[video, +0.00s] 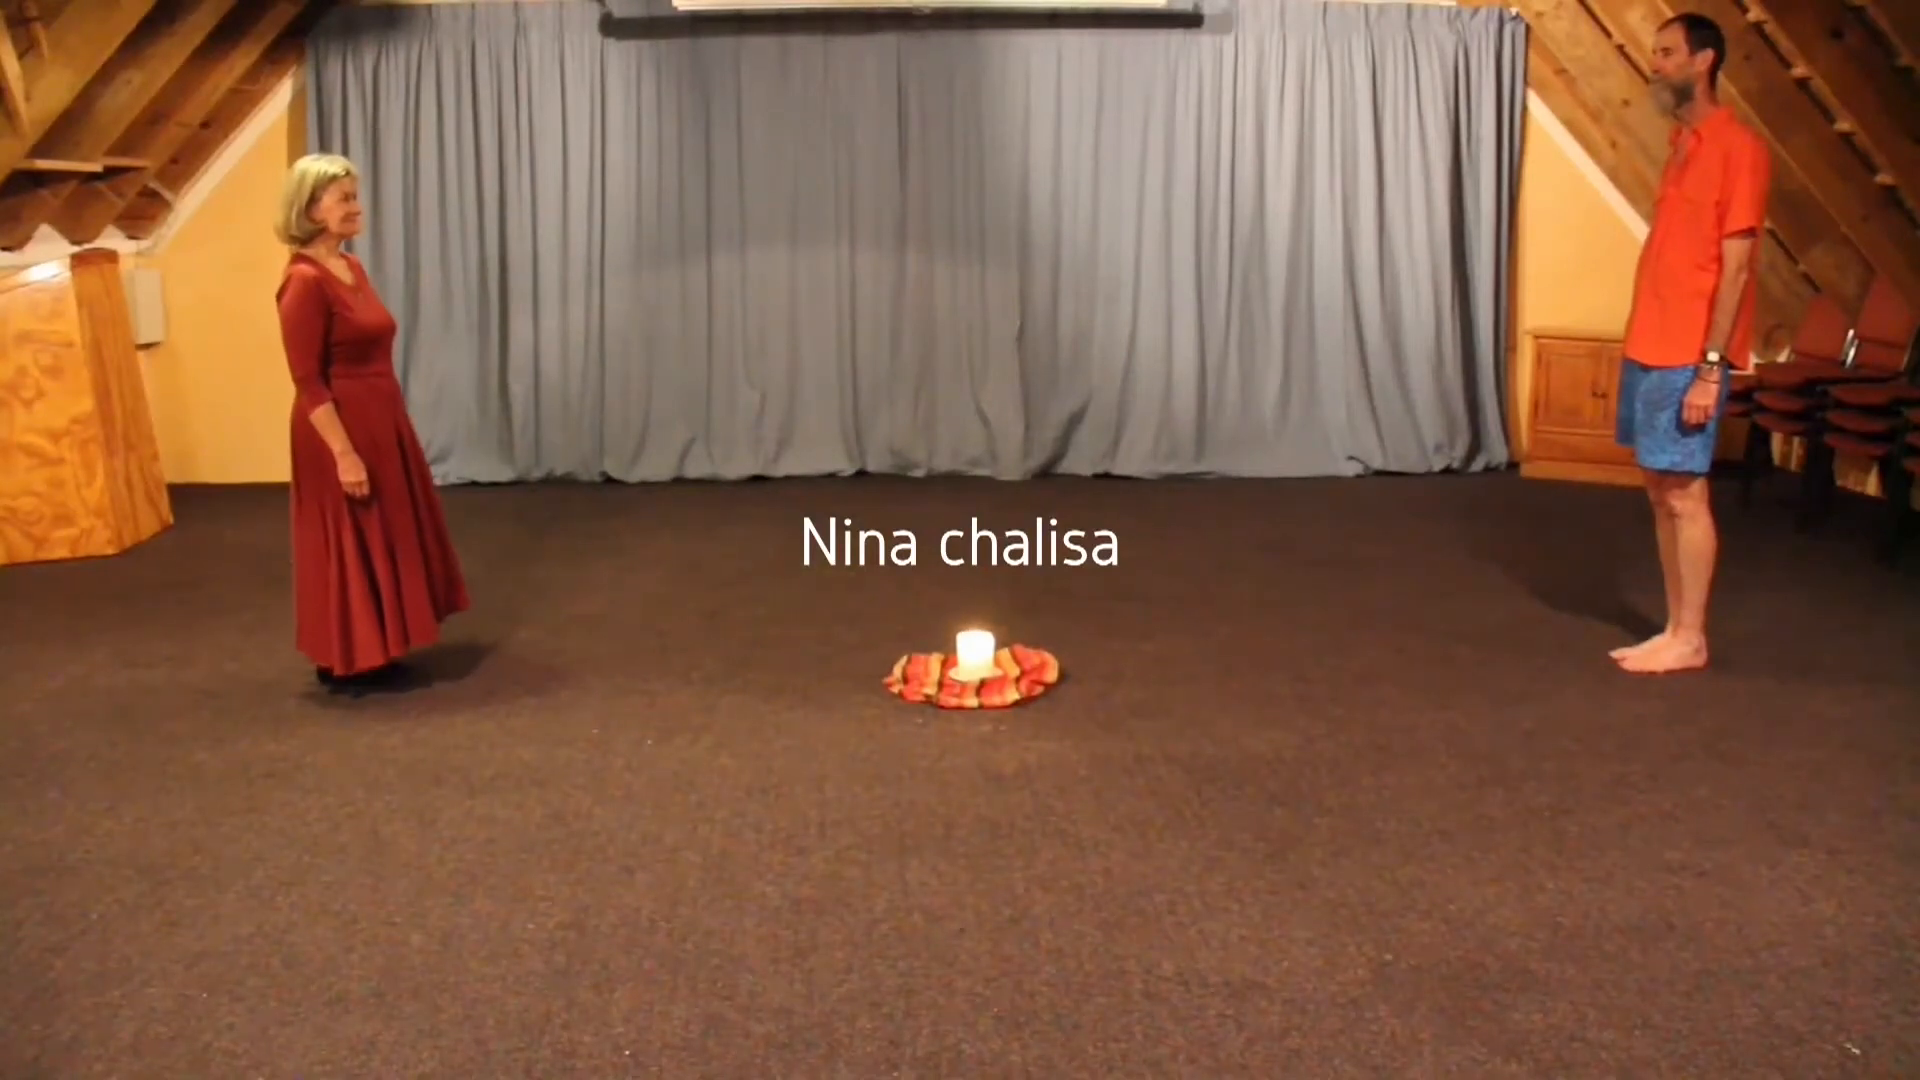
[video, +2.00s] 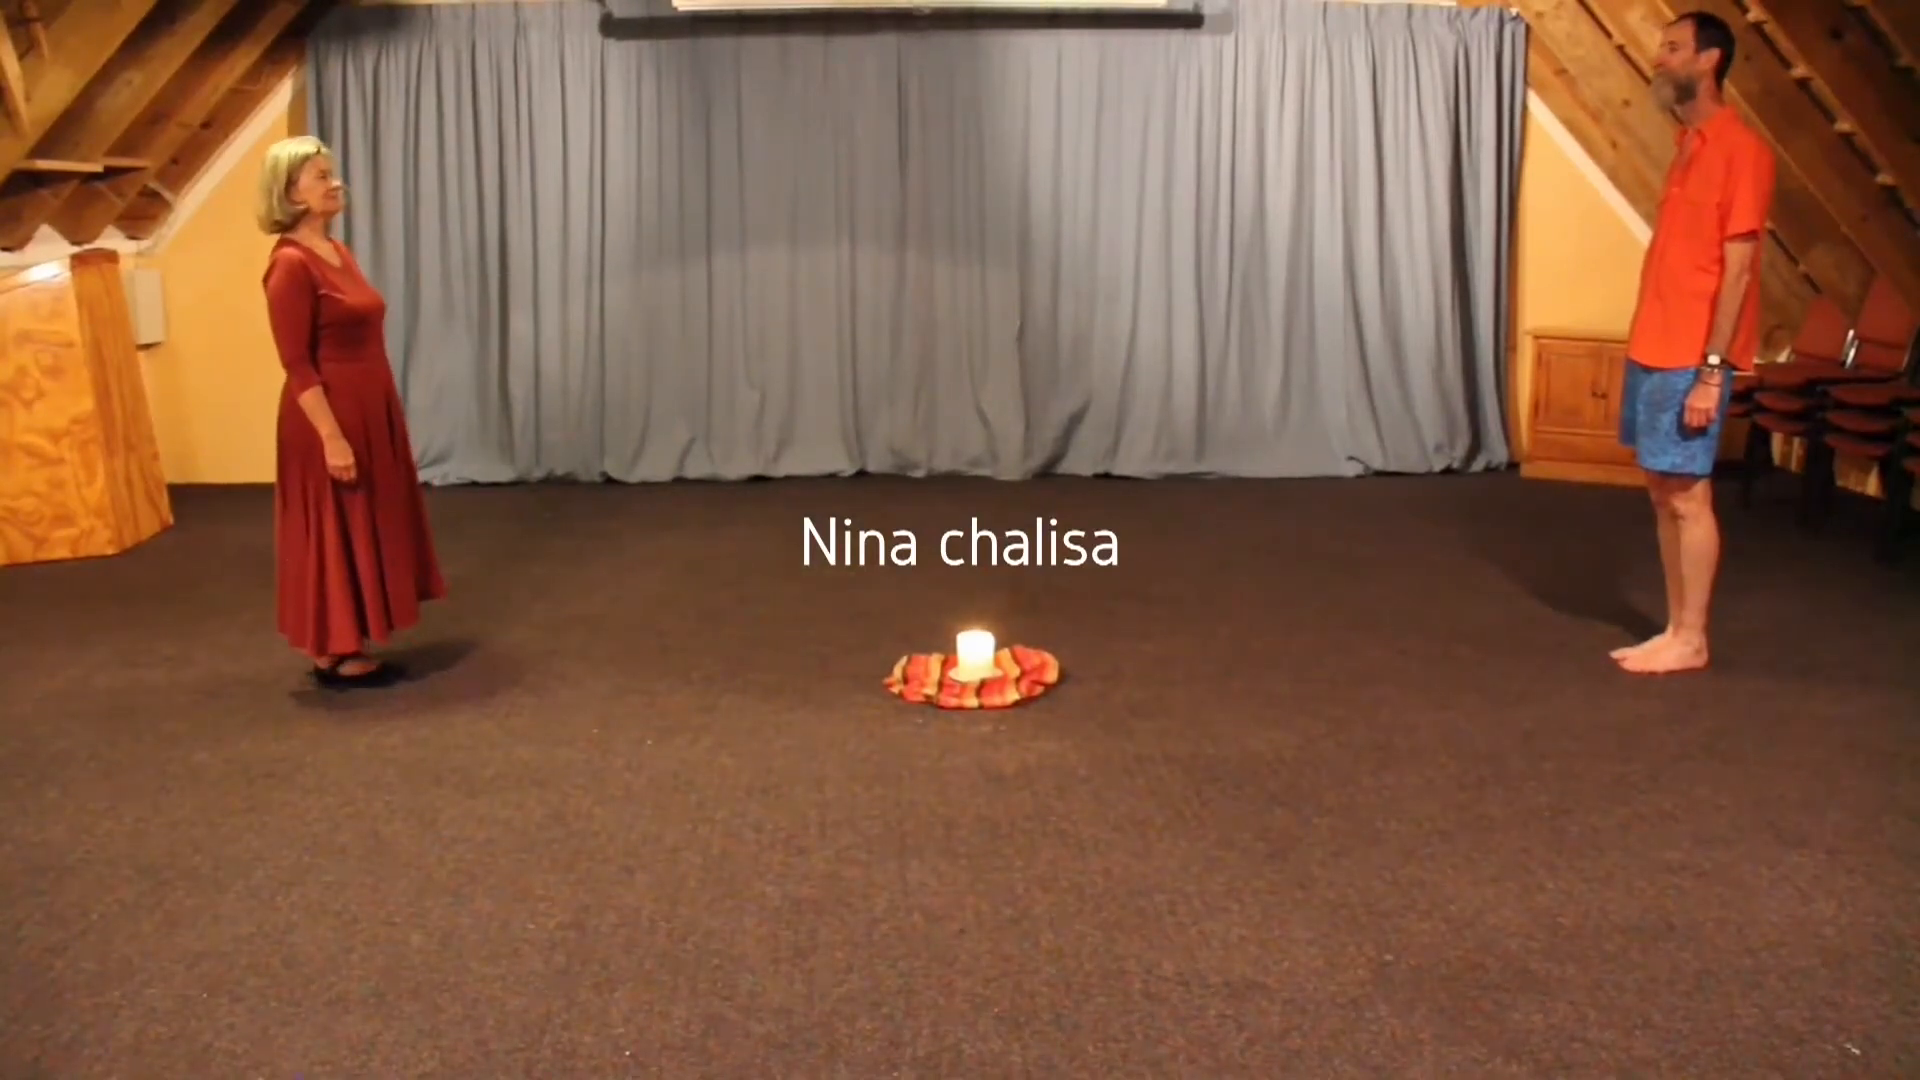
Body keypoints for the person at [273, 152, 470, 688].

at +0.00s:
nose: (356, 207)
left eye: (356, 197)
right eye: (344, 199)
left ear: (353, 205)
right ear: (312, 210)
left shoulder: (351, 267)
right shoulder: (303, 282)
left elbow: (365, 359)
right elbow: (307, 380)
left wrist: (392, 425)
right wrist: (344, 453)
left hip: (376, 420)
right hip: (334, 429)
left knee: (378, 531)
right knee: (344, 539)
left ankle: (375, 649)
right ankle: (343, 656)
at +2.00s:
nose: (337, 184)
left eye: (334, 175)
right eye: (323, 177)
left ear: (318, 192)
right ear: (293, 194)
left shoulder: (336, 250)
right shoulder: (289, 263)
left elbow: (358, 345)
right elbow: (296, 364)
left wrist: (383, 415)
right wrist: (332, 437)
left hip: (365, 406)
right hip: (327, 413)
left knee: (355, 524)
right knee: (330, 528)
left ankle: (346, 645)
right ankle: (335, 650)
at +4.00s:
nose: (331, 184)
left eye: (328, 174)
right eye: (318, 175)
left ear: (320, 184)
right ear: (286, 188)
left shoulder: (324, 250)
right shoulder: (275, 260)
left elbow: (338, 345)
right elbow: (271, 360)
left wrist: (361, 412)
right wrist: (302, 434)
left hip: (340, 404)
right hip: (302, 410)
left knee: (340, 520)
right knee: (311, 525)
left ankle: (339, 641)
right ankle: (323, 648)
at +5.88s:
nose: (351, 180)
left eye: (348, 171)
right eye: (337, 174)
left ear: (341, 184)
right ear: (306, 191)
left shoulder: (353, 248)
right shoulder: (298, 261)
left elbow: (372, 345)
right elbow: (293, 362)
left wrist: (395, 412)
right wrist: (310, 437)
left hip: (371, 406)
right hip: (330, 412)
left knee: (362, 520)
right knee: (332, 524)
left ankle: (349, 642)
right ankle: (334, 648)